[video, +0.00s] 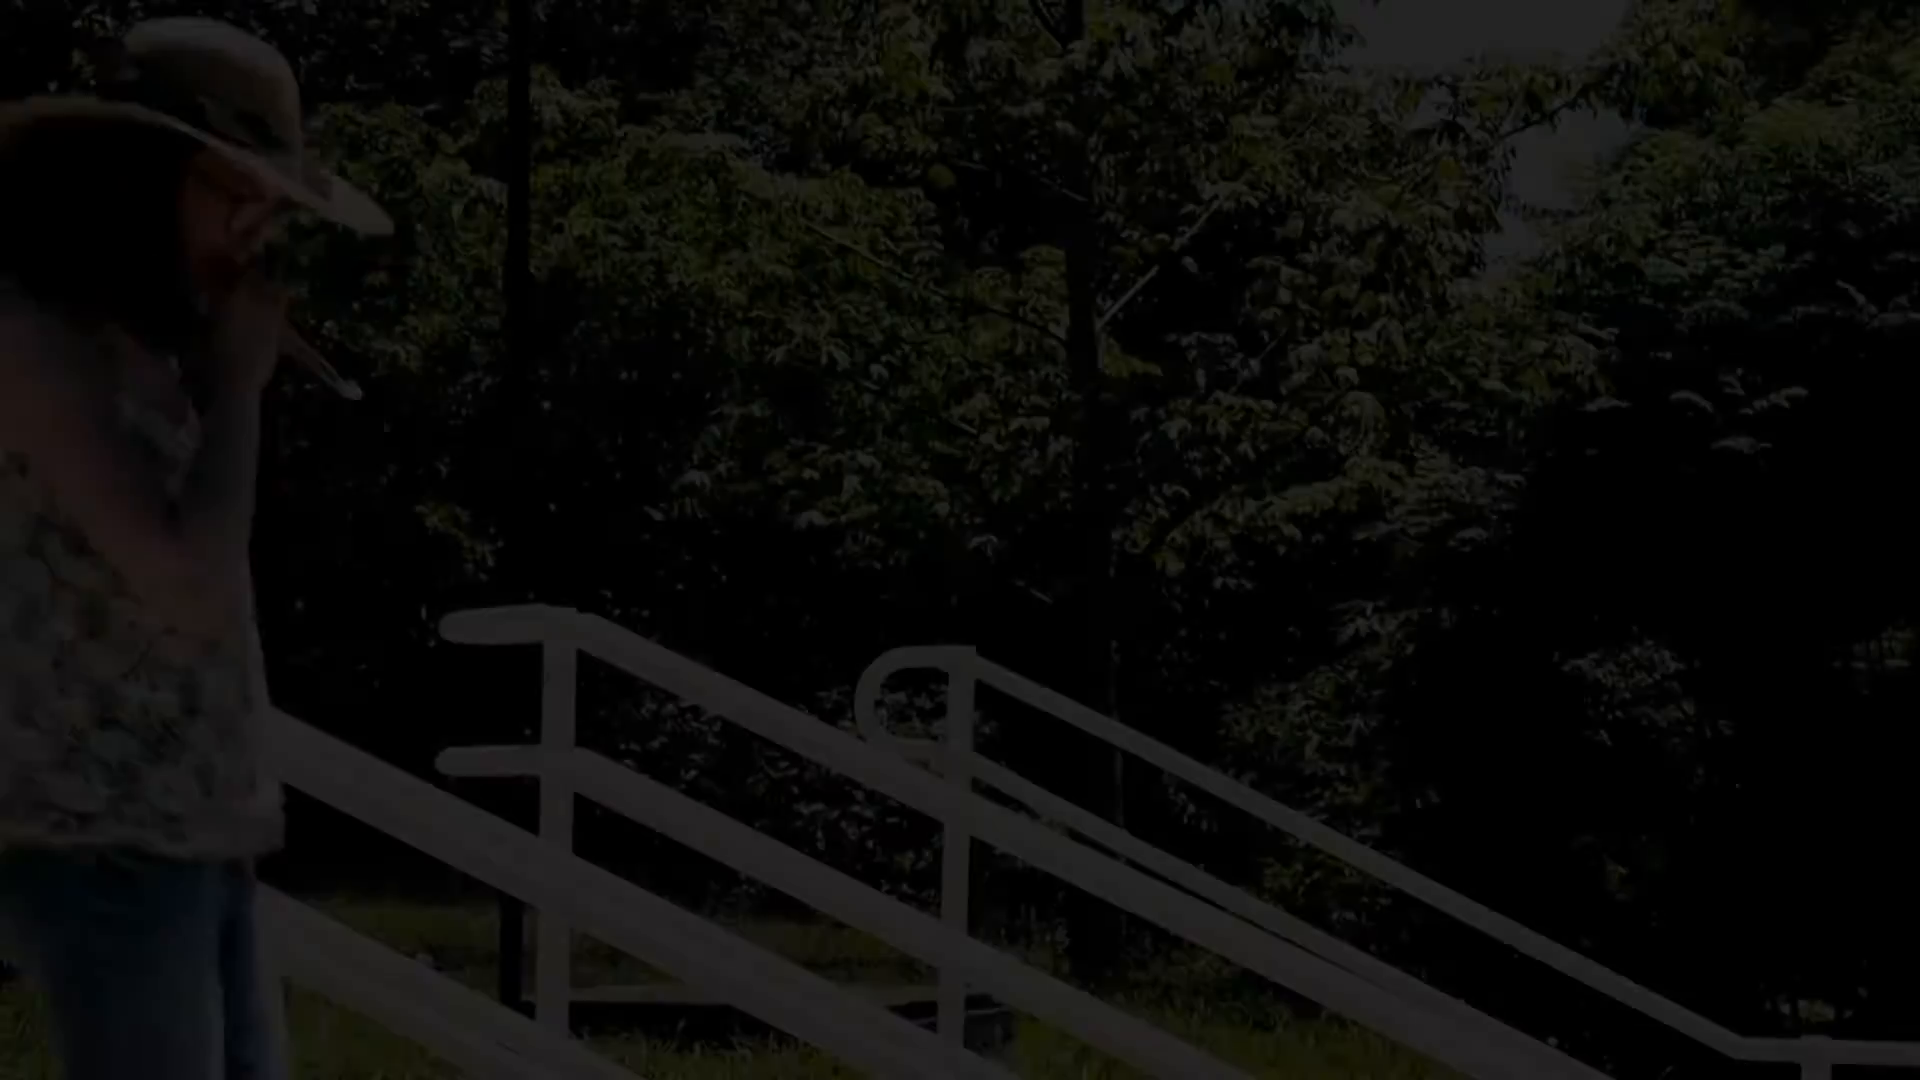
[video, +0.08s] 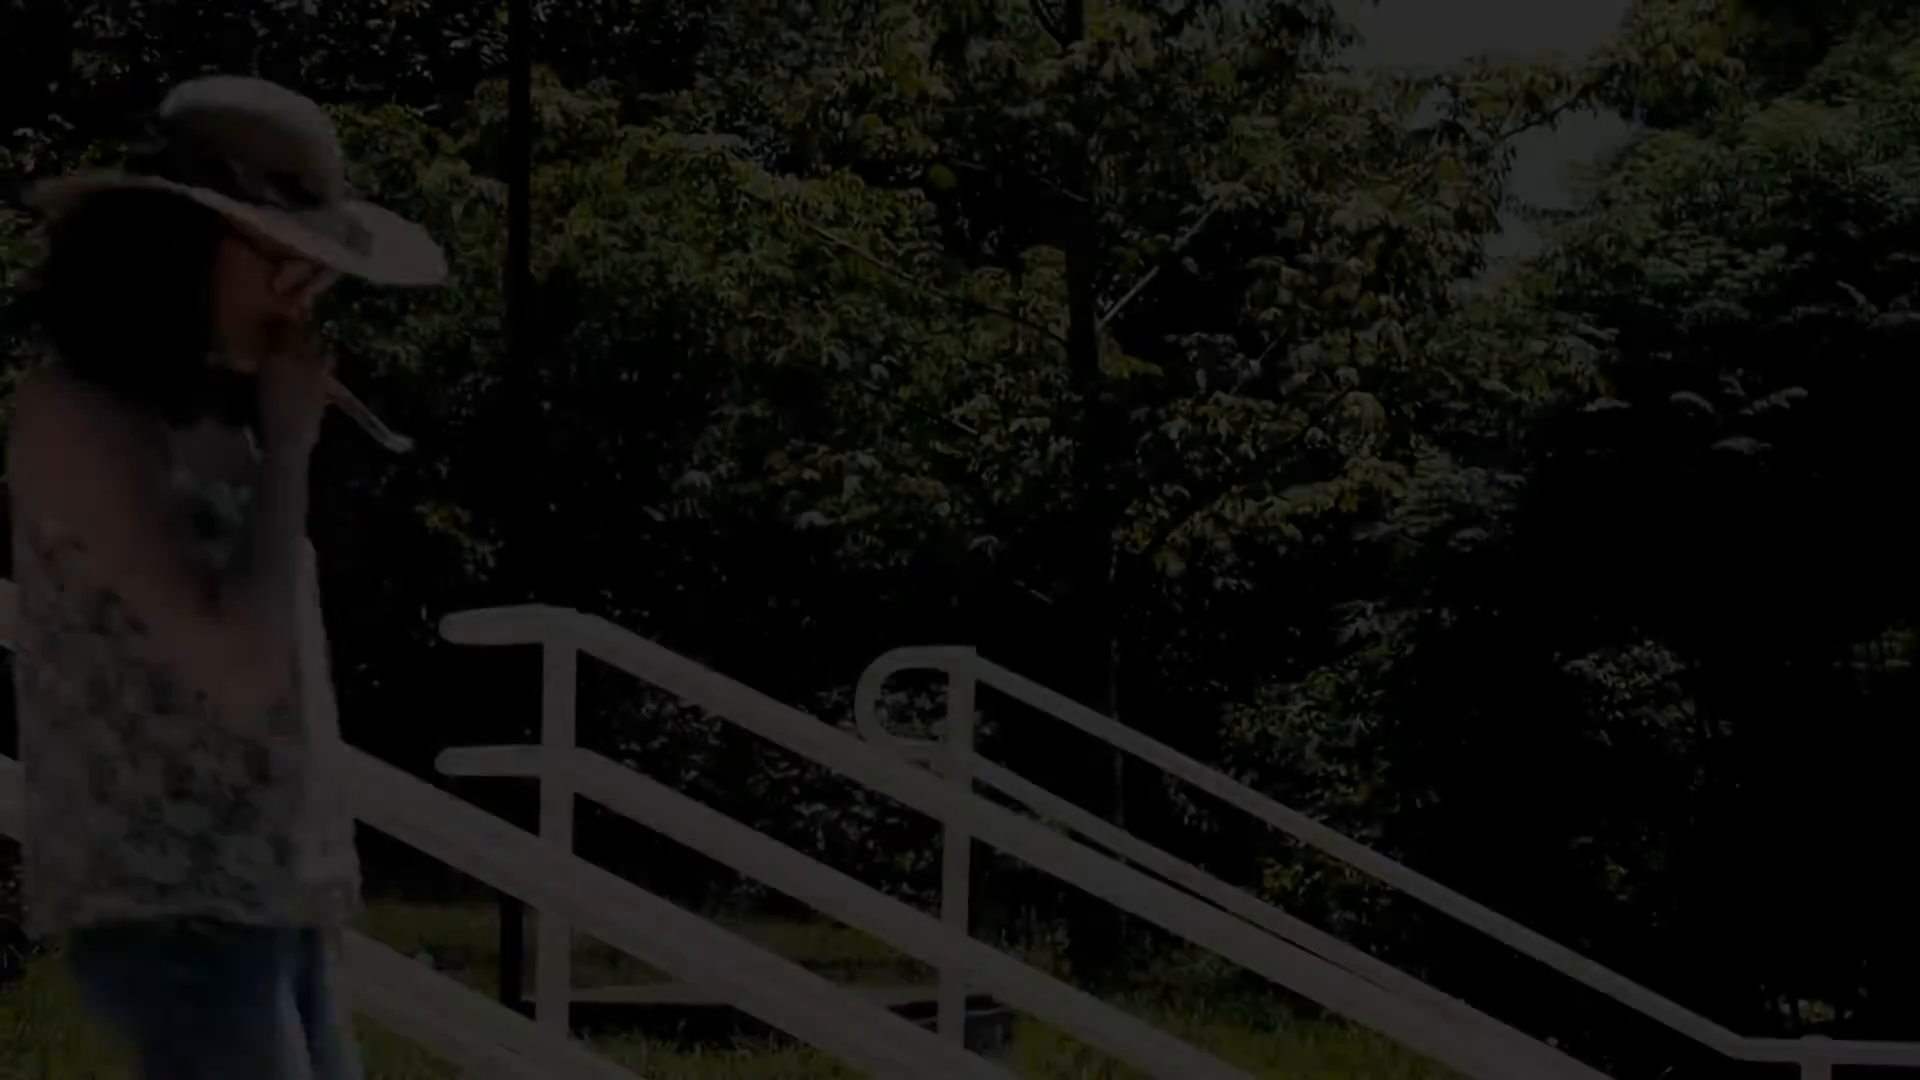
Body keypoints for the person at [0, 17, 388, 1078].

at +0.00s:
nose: (250, 234)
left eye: (264, 209)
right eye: (230, 196)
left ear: (259, 213)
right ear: (148, 183)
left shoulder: (163, 347)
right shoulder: (44, 337)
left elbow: (196, 594)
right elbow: (190, 587)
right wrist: (239, 372)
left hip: (195, 843)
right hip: (107, 851)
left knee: (239, 1059)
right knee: (159, 1063)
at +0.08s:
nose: (298, 298)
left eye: (313, 272)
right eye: (274, 260)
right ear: (181, 249)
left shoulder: (221, 418)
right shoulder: (76, 418)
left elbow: (265, 668)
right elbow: (244, 668)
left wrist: (303, 882)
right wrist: (288, 443)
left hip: (272, 901)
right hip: (175, 917)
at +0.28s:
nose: (418, 315)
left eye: (430, 286)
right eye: (386, 284)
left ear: (441, 292)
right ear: (292, 283)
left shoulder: (380, 448)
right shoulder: (193, 457)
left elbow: (471, 686)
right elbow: (336, 693)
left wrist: (591, 893)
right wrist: (403, 441)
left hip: (416, 938)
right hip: (313, 951)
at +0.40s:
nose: (472, 309)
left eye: (486, 277)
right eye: (434, 280)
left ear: (507, 278)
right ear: (345, 281)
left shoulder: (498, 436)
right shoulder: (261, 454)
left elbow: (591, 672)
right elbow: (381, 695)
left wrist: (725, 853)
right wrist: (446, 449)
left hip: (526, 938)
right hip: (391, 958)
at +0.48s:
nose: (521, 341)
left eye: (535, 308)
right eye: (482, 313)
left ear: (550, 313)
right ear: (391, 317)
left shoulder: (558, 470)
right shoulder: (308, 501)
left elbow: (681, 701)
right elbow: (422, 751)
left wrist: (817, 865)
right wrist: (479, 498)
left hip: (591, 991)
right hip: (441, 1011)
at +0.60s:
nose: (586, 445)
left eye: (604, 414)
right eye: (549, 414)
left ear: (622, 411)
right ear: (462, 413)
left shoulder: (649, 550)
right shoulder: (382, 597)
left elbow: (800, 772)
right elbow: (482, 857)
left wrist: (942, 935)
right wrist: (536, 588)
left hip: (683, 1037)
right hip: (510, 1050)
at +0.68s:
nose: (643, 477)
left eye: (662, 446)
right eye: (608, 448)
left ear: (680, 445)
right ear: (516, 443)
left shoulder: (712, 577)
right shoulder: (428, 626)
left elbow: (887, 798)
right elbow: (514, 892)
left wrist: (1048, 962)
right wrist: (580, 628)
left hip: (730, 1042)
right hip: (554, 1057)